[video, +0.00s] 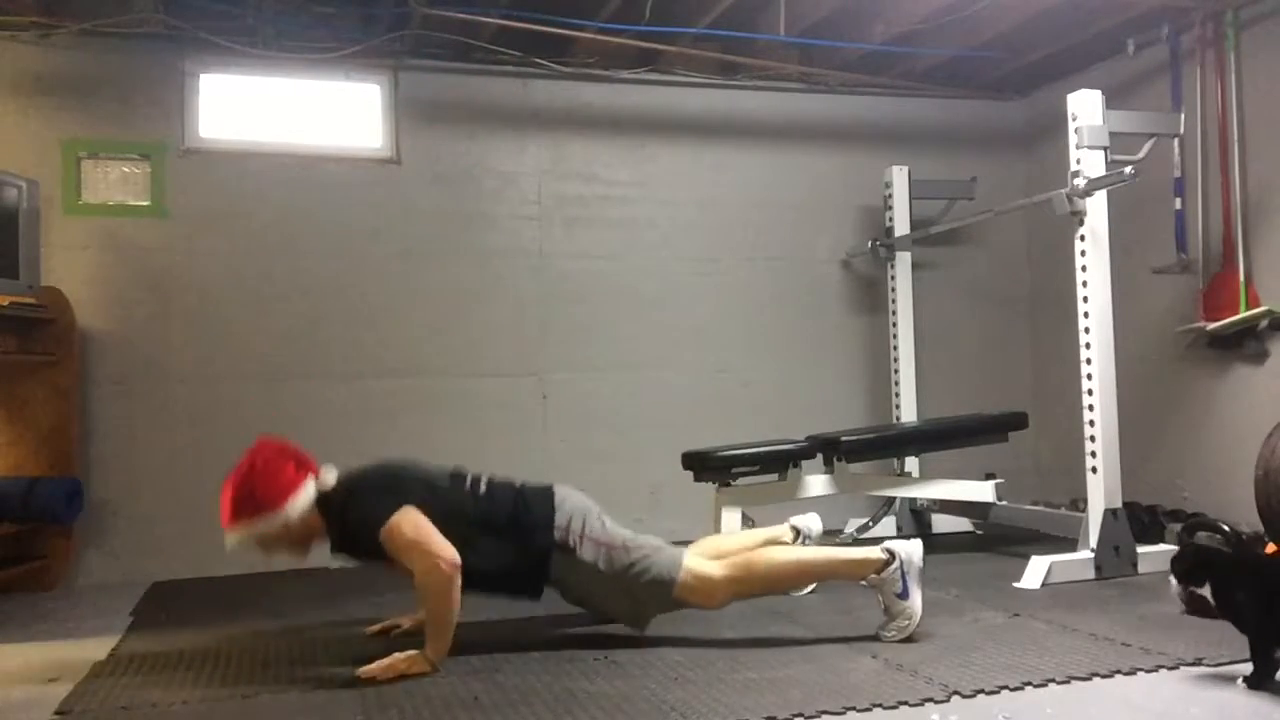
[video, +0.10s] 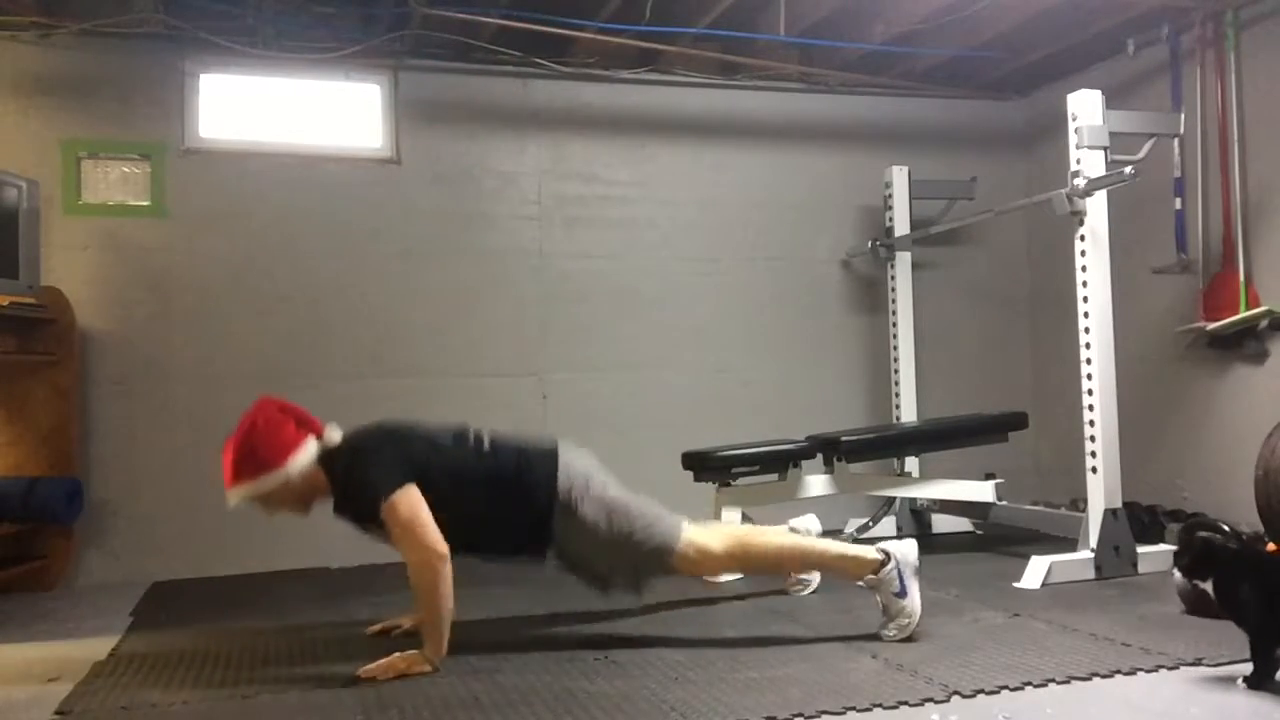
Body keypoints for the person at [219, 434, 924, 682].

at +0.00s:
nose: (261, 553)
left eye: (259, 539)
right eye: (251, 543)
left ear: (287, 511)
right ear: (289, 501)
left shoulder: (359, 505)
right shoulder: (346, 501)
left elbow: (441, 563)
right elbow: (432, 556)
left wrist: (432, 656)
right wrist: (420, 631)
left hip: (555, 536)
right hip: (547, 532)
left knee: (714, 582)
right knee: (688, 566)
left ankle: (881, 562)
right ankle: (791, 528)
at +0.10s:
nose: (271, 507)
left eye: (267, 494)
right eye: (259, 499)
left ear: (295, 458)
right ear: (291, 464)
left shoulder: (366, 458)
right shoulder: (347, 477)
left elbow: (430, 551)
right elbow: (419, 547)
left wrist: (431, 651)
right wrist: (424, 626)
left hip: (560, 492)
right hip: (548, 518)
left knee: (709, 553)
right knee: (680, 553)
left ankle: (880, 566)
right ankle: (785, 543)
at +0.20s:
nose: (278, 487)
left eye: (273, 474)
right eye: (266, 479)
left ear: (294, 442)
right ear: (293, 442)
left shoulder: (367, 436)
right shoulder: (354, 442)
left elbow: (416, 543)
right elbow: (412, 536)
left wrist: (430, 650)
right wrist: (422, 616)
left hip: (559, 413)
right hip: (551, 436)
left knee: (673, 529)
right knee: (661, 525)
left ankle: (846, 549)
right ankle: (778, 527)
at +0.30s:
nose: (309, 470)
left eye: (303, 457)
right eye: (298, 464)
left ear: (319, 429)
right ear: (321, 422)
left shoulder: (396, 422)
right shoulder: (379, 421)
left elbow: (426, 538)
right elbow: (420, 530)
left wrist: (430, 650)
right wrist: (423, 611)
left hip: (568, 358)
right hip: (545, 379)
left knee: (590, 504)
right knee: (561, 507)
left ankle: (761, 537)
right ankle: (697, 503)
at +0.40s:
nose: (333, 459)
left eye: (329, 444)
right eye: (322, 452)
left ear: (350, 410)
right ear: (351, 402)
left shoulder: (413, 410)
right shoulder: (400, 406)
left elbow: (429, 538)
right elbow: (428, 526)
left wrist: (430, 652)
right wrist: (427, 613)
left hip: (584, 355)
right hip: (559, 364)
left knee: (509, 464)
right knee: (491, 471)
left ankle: (655, 566)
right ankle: (620, 515)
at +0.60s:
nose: (349, 409)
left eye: (349, 394)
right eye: (341, 398)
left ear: (376, 376)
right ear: (382, 373)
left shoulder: (436, 397)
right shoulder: (419, 405)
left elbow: (431, 533)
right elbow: (422, 524)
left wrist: (424, 651)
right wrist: (422, 609)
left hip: (607, 447)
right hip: (578, 448)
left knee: (479, 481)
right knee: (456, 486)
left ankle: (587, 609)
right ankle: (555, 578)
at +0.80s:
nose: (390, 329)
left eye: (394, 314)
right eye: (388, 316)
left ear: (425, 309)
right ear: (431, 310)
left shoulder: (480, 348)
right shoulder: (454, 360)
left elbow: (443, 474)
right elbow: (429, 470)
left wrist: (380, 575)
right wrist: (379, 567)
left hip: (621, 442)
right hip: (591, 444)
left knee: (497, 475)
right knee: (468, 482)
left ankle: (591, 614)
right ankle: (562, 577)